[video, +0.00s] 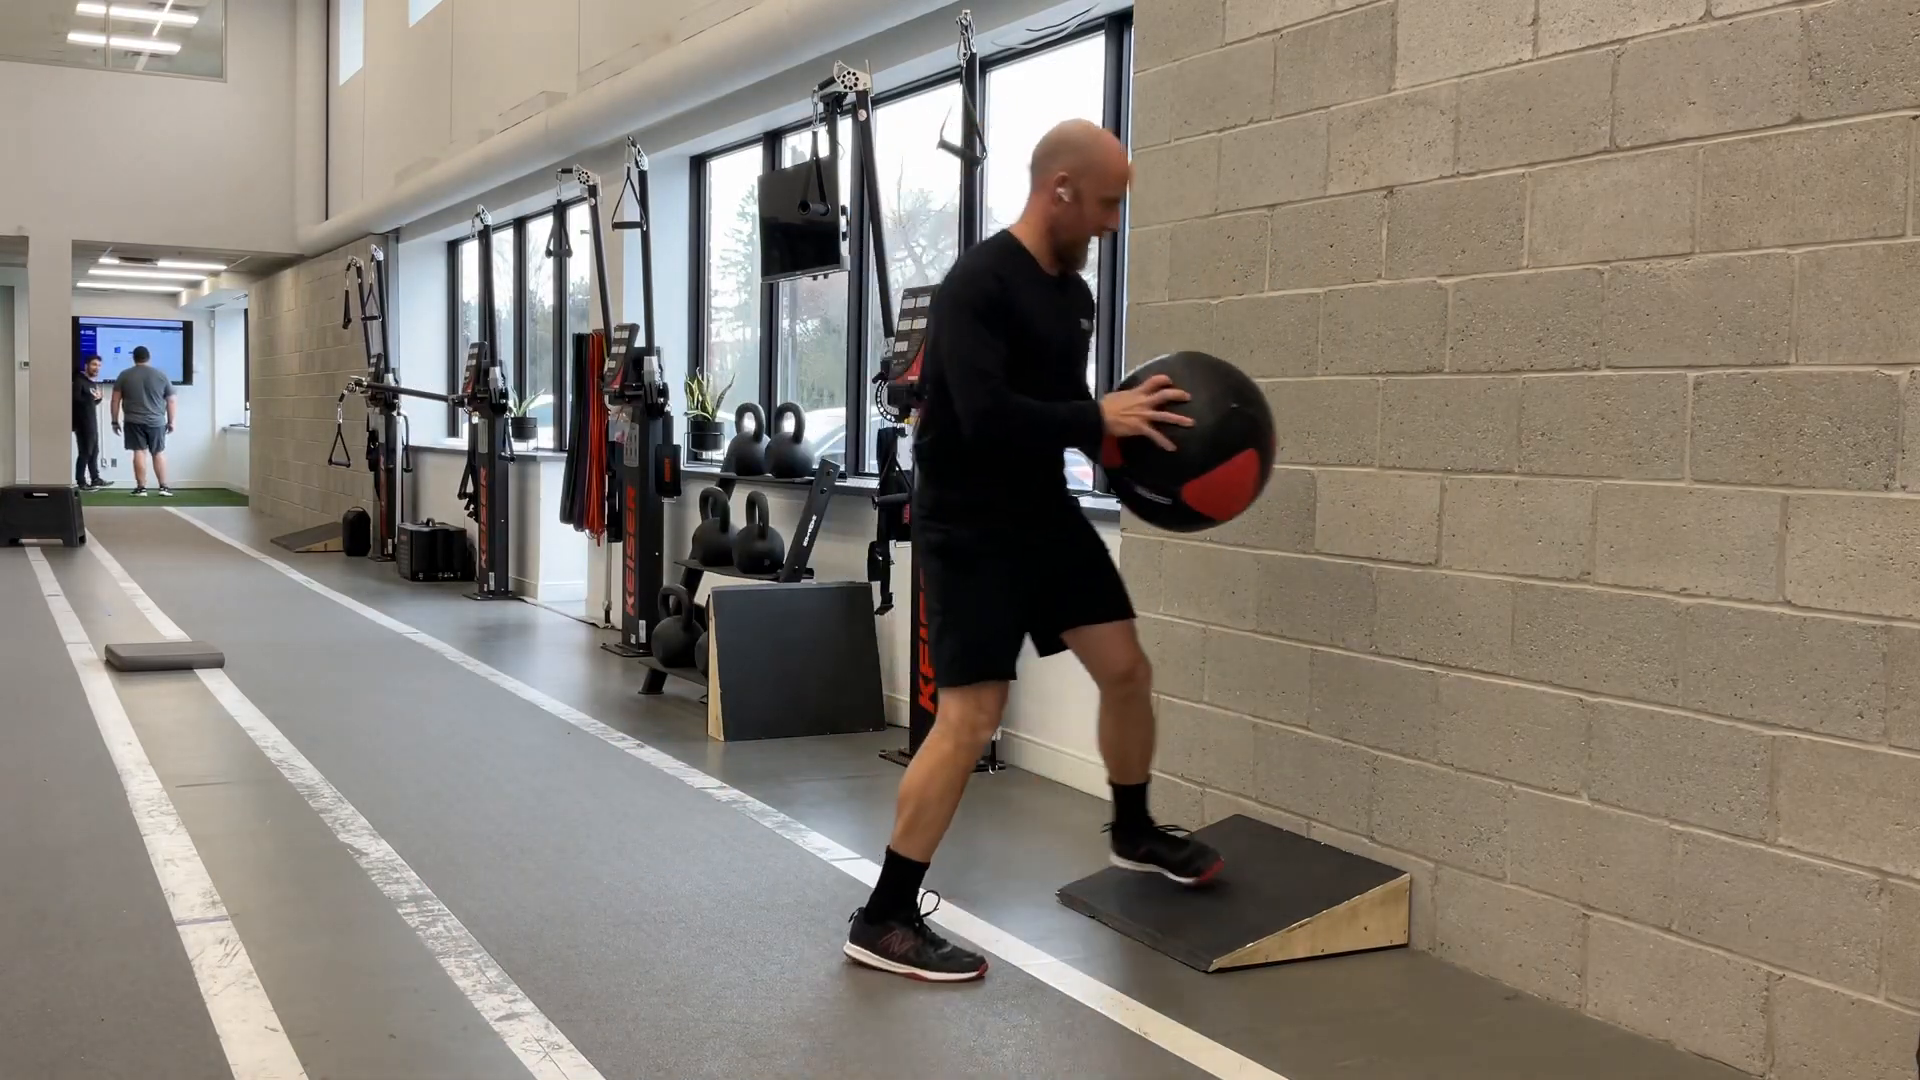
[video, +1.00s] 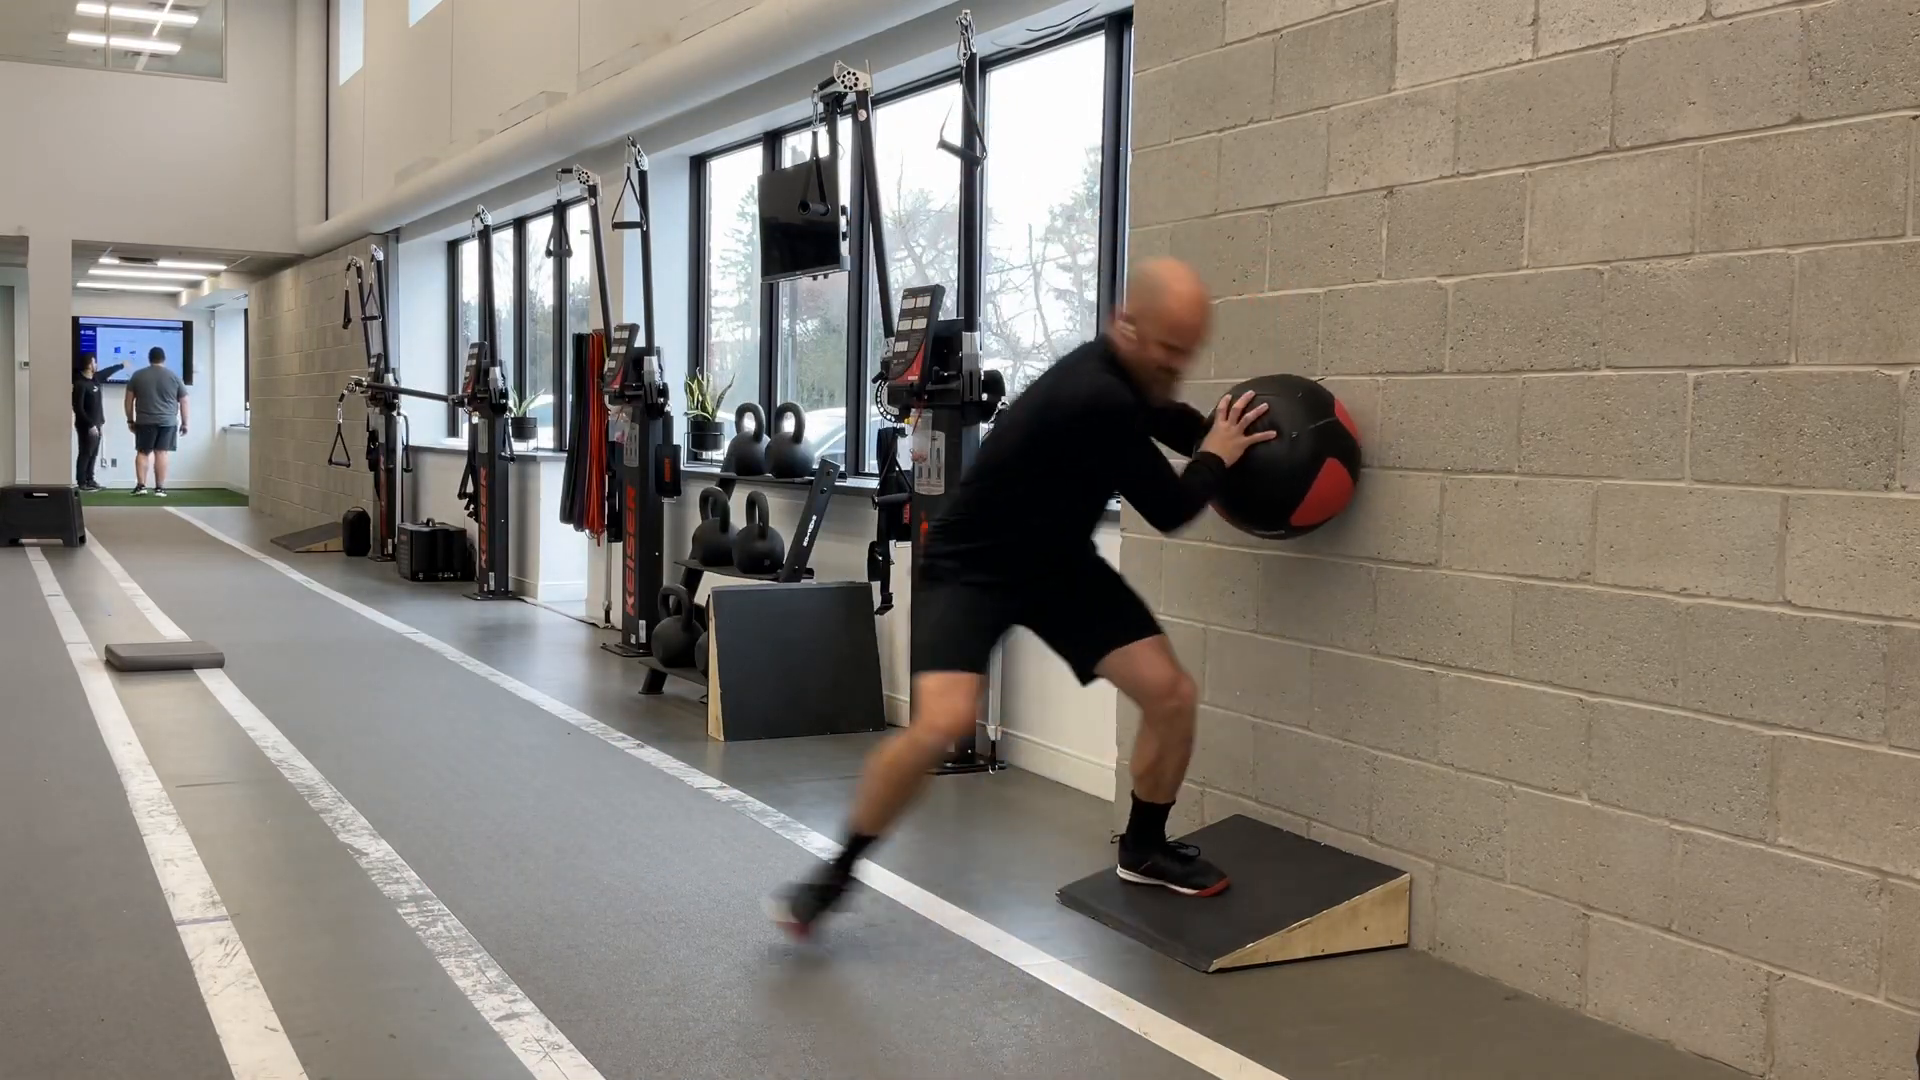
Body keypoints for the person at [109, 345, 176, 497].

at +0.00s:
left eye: (135, 357)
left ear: (134, 358)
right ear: (149, 358)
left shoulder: (125, 375)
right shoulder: (160, 375)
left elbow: (115, 398)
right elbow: (171, 400)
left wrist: (114, 420)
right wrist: (171, 421)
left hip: (133, 422)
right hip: (155, 422)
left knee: (138, 452)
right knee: (158, 453)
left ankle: (141, 487)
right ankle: (163, 486)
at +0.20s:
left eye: (134, 357)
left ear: (133, 358)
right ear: (148, 358)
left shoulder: (125, 375)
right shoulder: (160, 375)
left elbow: (116, 399)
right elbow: (171, 398)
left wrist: (116, 421)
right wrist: (172, 421)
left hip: (134, 422)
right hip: (156, 422)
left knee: (139, 453)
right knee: (155, 454)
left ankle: (141, 487)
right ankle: (158, 486)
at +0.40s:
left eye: (137, 357)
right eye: (147, 357)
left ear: (135, 358)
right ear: (150, 358)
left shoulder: (126, 375)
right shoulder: (161, 375)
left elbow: (118, 399)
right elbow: (172, 398)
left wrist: (119, 420)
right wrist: (173, 421)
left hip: (135, 422)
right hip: (157, 422)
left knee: (140, 452)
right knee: (157, 454)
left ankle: (141, 487)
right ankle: (160, 487)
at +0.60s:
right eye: (152, 357)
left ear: (139, 358)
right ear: (154, 358)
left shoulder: (130, 374)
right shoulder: (165, 375)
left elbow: (121, 398)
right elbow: (175, 398)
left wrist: (122, 420)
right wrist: (175, 421)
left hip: (138, 421)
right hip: (160, 422)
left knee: (142, 452)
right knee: (158, 453)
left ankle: (141, 487)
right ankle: (159, 487)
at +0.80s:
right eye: (156, 357)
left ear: (144, 358)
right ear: (159, 357)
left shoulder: (134, 374)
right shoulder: (169, 375)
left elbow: (125, 397)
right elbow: (180, 399)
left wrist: (125, 419)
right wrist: (180, 421)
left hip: (142, 421)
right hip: (164, 422)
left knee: (143, 452)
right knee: (161, 453)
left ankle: (141, 487)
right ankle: (160, 487)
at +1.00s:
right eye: (161, 358)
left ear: (149, 359)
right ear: (164, 359)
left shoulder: (138, 375)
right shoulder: (173, 377)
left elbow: (129, 399)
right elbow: (184, 400)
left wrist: (130, 420)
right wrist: (185, 423)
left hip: (145, 422)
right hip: (167, 423)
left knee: (143, 453)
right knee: (162, 452)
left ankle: (141, 485)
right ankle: (160, 487)